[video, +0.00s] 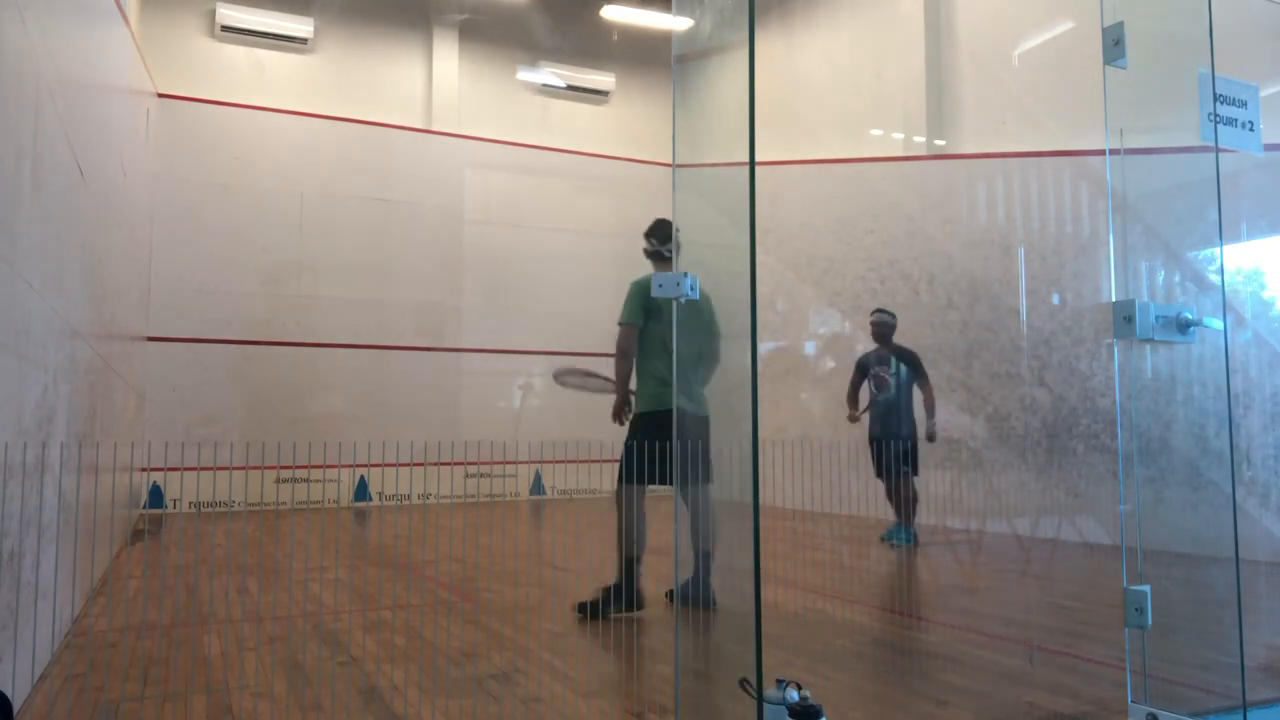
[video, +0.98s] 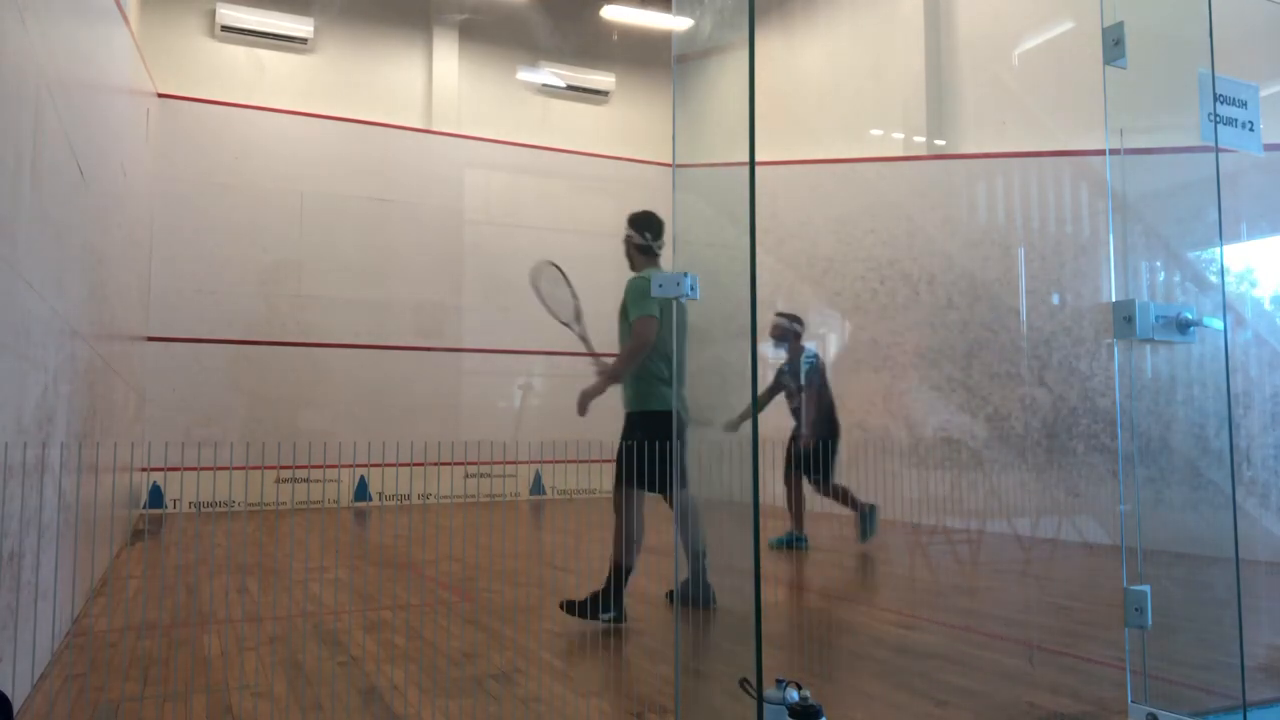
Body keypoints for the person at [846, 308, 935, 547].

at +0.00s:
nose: (876, 330)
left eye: (881, 325)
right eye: (873, 325)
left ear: (893, 328)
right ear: (870, 328)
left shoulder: (908, 357)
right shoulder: (866, 360)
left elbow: (926, 389)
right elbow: (853, 389)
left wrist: (930, 421)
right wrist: (853, 410)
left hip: (903, 427)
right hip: (879, 428)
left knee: (904, 479)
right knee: (889, 481)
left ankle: (909, 528)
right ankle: (900, 523)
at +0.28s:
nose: (871, 328)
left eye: (877, 324)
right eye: (869, 324)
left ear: (889, 327)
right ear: (865, 327)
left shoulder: (900, 357)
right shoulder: (859, 358)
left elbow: (899, 392)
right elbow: (851, 387)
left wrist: (891, 421)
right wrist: (874, 385)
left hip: (895, 424)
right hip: (869, 423)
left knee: (901, 479)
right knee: (855, 476)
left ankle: (908, 528)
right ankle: (883, 510)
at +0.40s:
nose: (866, 329)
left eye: (872, 324)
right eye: (864, 324)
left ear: (883, 328)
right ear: (860, 327)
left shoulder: (893, 357)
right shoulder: (854, 358)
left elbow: (887, 391)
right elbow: (850, 384)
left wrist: (865, 413)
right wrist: (875, 379)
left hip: (889, 427)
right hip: (863, 426)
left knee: (898, 478)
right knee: (841, 472)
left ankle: (907, 529)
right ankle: (862, 519)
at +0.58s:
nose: (841, 332)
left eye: (845, 328)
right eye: (840, 328)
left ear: (859, 330)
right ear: (841, 332)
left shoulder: (878, 358)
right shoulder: (836, 360)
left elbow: (872, 386)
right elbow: (833, 383)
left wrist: (841, 381)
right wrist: (859, 383)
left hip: (875, 431)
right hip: (847, 431)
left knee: (890, 479)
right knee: (826, 476)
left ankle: (906, 528)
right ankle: (807, 525)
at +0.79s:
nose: (806, 337)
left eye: (811, 333)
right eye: (805, 333)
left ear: (825, 335)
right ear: (805, 335)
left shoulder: (845, 359)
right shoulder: (804, 367)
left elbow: (841, 392)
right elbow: (813, 388)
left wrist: (804, 395)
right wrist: (842, 369)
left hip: (848, 430)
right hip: (822, 431)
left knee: (868, 481)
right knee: (797, 478)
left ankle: (899, 521)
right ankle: (797, 533)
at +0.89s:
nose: (787, 338)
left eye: (792, 333)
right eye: (787, 333)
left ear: (805, 335)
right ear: (791, 336)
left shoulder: (823, 361)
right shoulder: (792, 367)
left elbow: (816, 397)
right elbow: (782, 391)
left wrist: (786, 419)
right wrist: (803, 391)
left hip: (835, 428)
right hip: (812, 428)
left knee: (846, 484)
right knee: (792, 477)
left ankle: (885, 514)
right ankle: (797, 533)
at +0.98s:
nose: (774, 339)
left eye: (779, 335)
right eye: (774, 334)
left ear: (793, 336)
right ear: (784, 339)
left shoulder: (810, 362)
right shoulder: (785, 370)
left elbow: (812, 398)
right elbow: (765, 397)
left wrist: (807, 429)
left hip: (822, 429)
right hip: (801, 430)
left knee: (821, 484)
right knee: (792, 478)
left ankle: (863, 509)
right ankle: (797, 533)